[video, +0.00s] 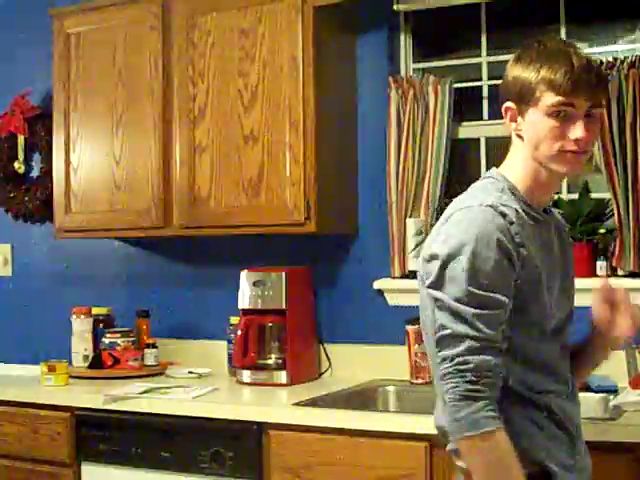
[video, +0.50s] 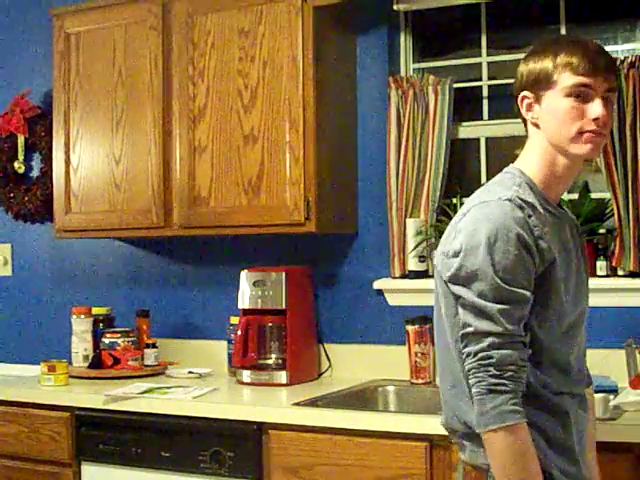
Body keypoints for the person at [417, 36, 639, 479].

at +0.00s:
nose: (581, 133)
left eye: (592, 115)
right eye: (561, 113)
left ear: (602, 122)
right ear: (514, 120)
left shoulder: (551, 226)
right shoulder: (477, 229)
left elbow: (549, 381)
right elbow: (468, 417)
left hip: (564, 461)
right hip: (513, 467)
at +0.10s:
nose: (580, 126)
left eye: (592, 109)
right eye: (560, 108)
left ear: (603, 118)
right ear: (517, 116)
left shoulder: (558, 222)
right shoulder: (482, 229)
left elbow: (544, 375)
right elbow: (489, 414)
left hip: (560, 460)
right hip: (506, 468)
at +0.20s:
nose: (582, 120)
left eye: (594, 103)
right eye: (561, 103)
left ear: (605, 113)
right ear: (520, 116)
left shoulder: (565, 226)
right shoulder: (488, 228)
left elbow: (561, 382)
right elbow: (492, 410)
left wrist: (583, 469)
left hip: (564, 460)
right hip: (510, 466)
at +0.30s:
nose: (587, 115)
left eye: (599, 100)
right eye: (566, 99)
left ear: (609, 114)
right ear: (524, 113)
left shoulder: (570, 226)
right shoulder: (489, 225)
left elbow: (562, 380)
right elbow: (494, 413)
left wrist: (574, 467)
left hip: (565, 462)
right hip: (513, 467)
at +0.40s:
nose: (593, 114)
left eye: (603, 98)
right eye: (572, 96)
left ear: (613, 109)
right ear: (528, 110)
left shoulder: (570, 227)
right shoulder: (492, 224)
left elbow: (562, 380)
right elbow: (495, 412)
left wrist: (572, 467)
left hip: (563, 462)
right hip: (512, 468)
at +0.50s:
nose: (601, 113)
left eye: (608, 98)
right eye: (580, 96)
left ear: (615, 108)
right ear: (530, 108)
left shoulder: (562, 224)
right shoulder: (496, 222)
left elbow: (575, 386)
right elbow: (497, 411)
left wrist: (588, 473)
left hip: (564, 464)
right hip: (515, 468)